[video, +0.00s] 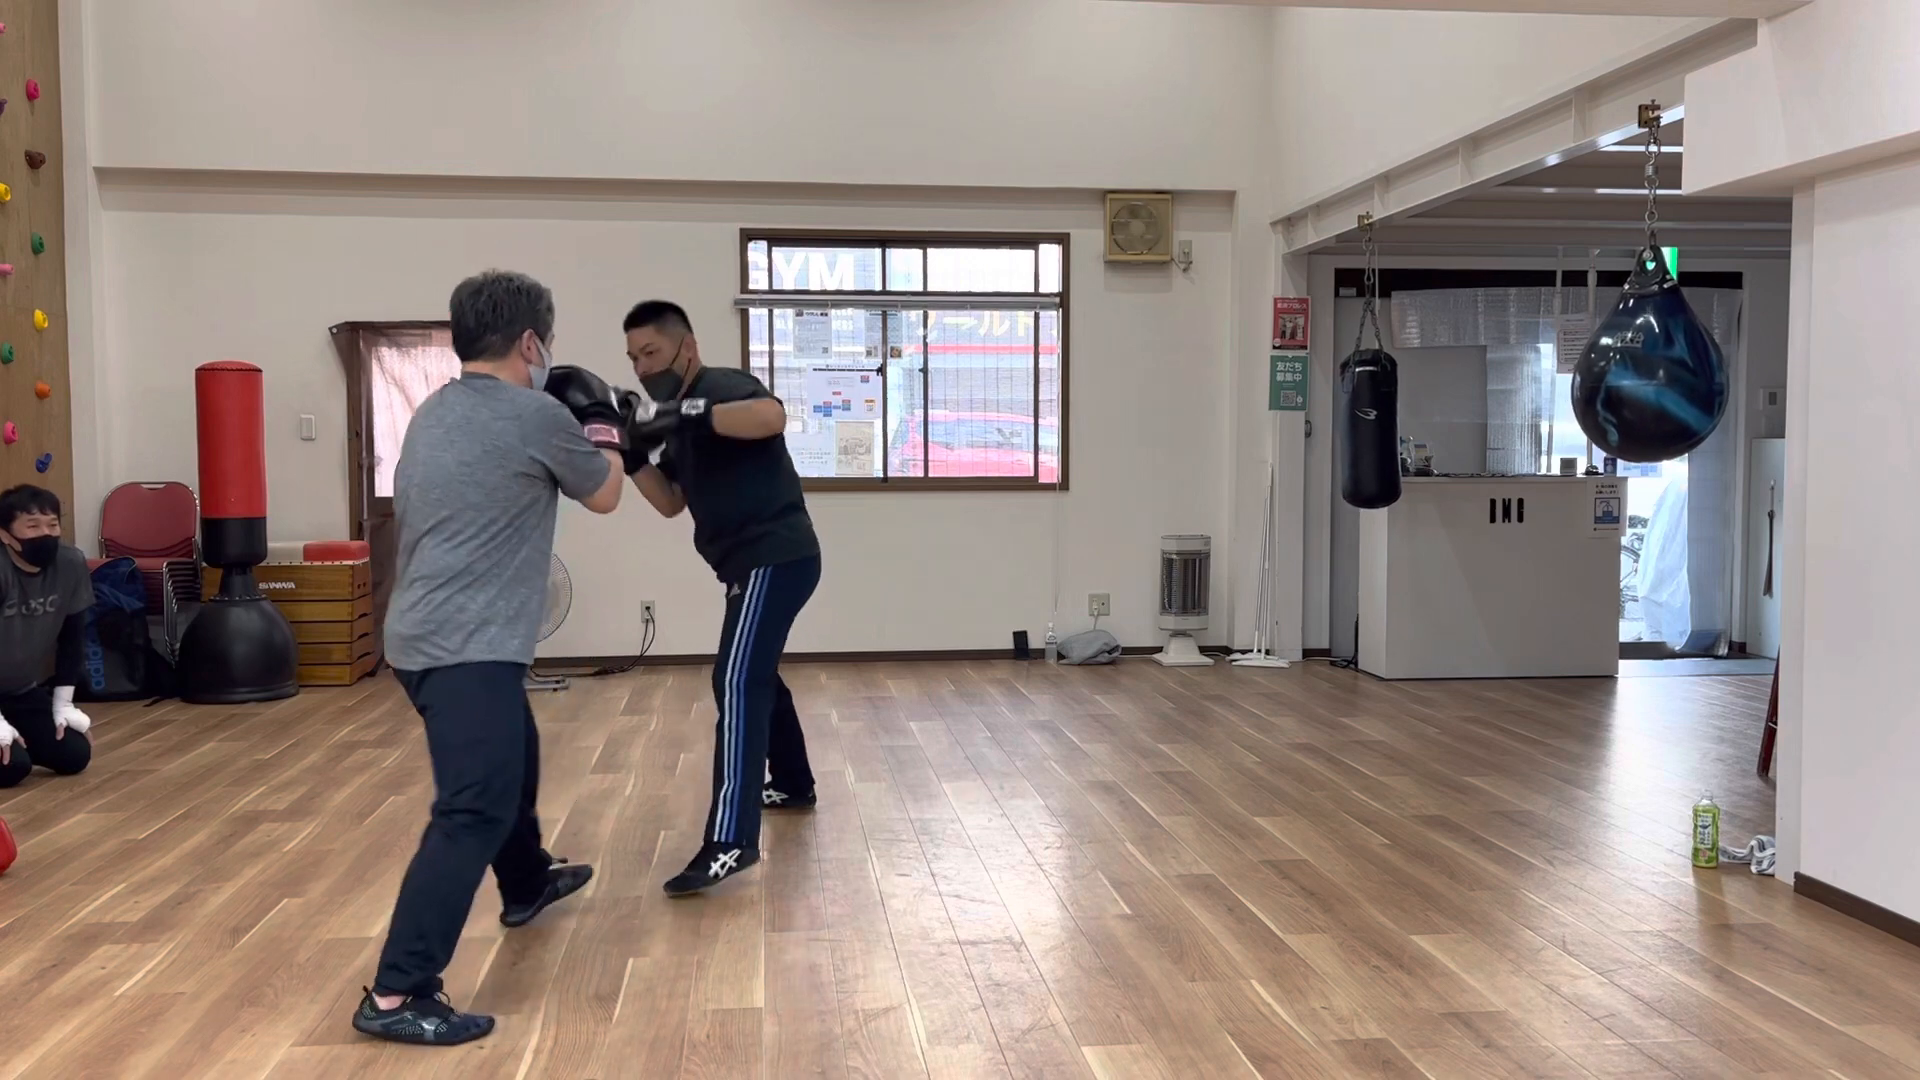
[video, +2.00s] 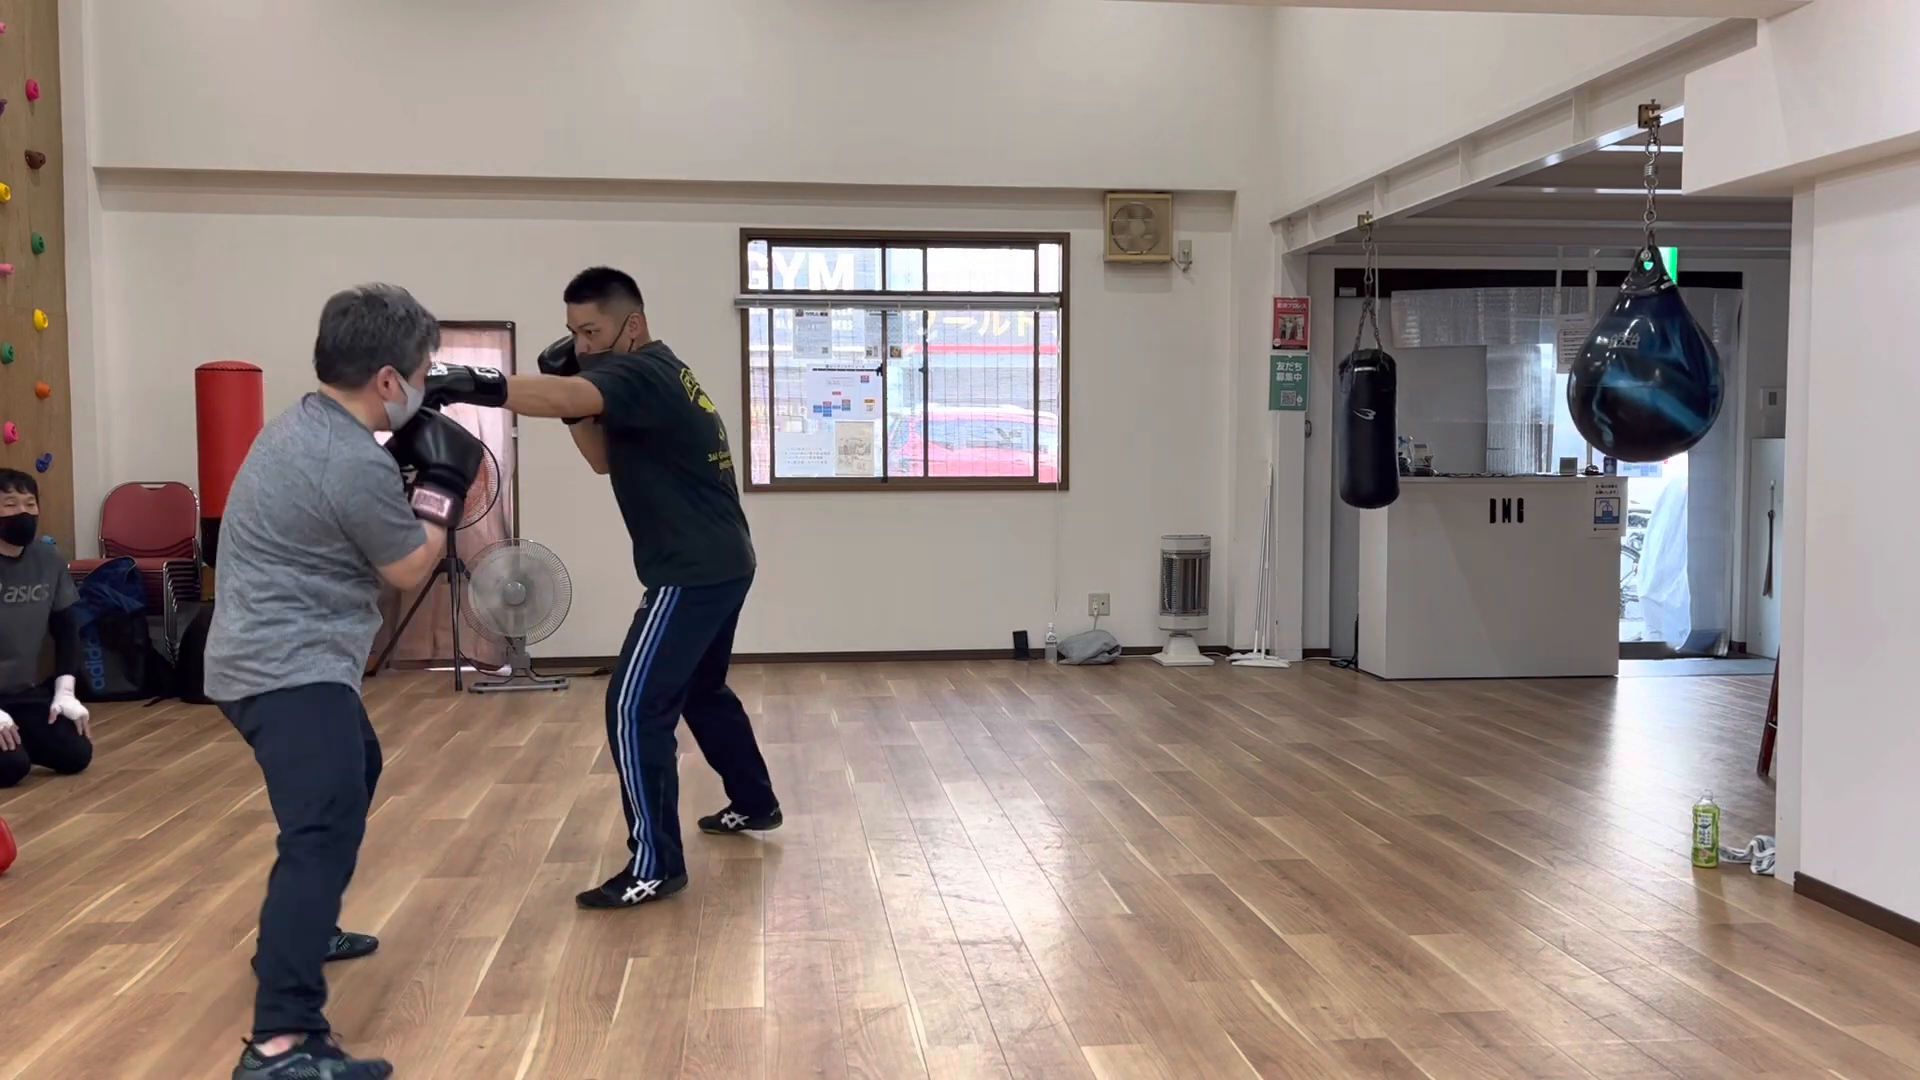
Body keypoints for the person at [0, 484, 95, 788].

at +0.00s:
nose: (46, 534)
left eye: (53, 524)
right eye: (33, 526)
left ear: (60, 526)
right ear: (7, 537)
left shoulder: (70, 563)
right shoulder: (2, 571)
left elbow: (72, 637)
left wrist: (63, 702)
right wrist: (0, 720)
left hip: (28, 691)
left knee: (74, 756)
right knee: (13, 767)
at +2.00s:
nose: (22, 512)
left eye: (29, 503)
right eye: (10, 504)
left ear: (38, 510)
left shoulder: (48, 561)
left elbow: (67, 630)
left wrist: (65, 690)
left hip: (25, 693)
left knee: (75, 755)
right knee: (11, 767)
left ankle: (10, 730)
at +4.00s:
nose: (12, 522)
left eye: (19, 513)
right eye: (2, 514)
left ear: (29, 516)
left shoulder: (35, 555)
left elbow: (67, 612)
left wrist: (55, 681)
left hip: (16, 693)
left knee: (74, 756)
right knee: (2, 767)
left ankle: (2, 742)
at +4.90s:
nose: (19, 531)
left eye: (28, 521)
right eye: (8, 522)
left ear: (38, 523)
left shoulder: (44, 554)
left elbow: (68, 621)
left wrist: (54, 687)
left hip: (20, 693)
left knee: (74, 757)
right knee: (3, 767)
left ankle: (3, 741)